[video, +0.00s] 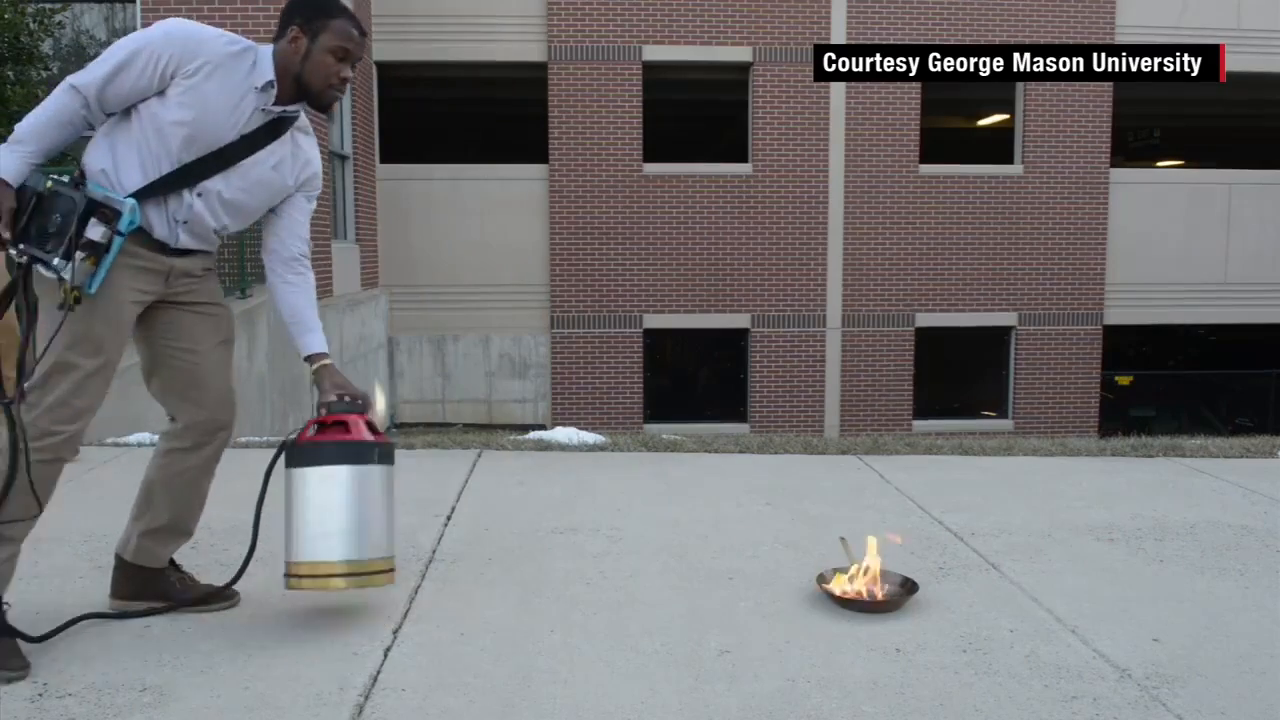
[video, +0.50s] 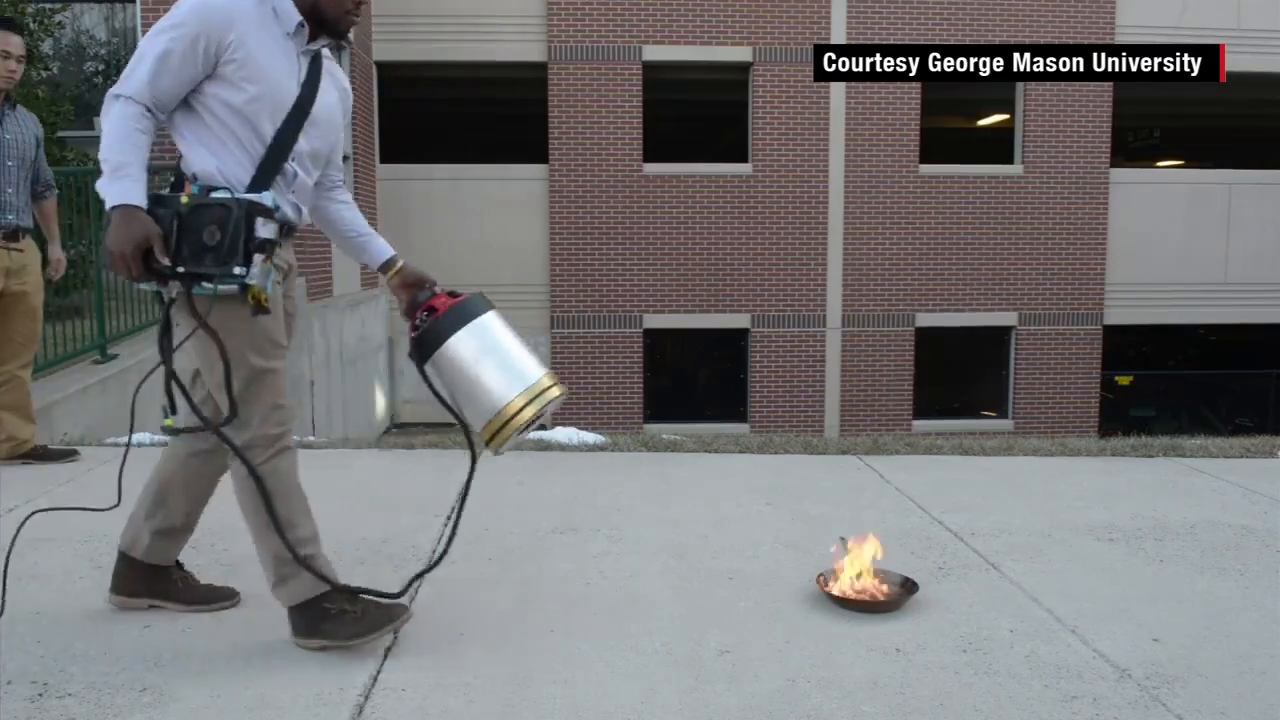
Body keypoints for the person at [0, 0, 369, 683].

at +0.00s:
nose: (349, 76)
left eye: (357, 65)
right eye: (341, 57)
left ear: (348, 68)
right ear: (293, 40)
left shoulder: (302, 163)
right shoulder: (189, 48)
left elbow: (289, 265)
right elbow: (82, 95)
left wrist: (322, 363)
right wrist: (9, 172)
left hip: (189, 271)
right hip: (104, 246)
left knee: (207, 416)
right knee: (50, 427)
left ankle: (144, 570)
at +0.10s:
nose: (352, 60)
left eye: (358, 49)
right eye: (342, 40)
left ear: (350, 55)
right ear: (293, 25)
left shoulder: (304, 149)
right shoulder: (197, 38)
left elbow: (290, 251)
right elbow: (89, 88)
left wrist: (332, 346)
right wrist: (18, 172)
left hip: (199, 267)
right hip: (115, 243)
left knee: (208, 415)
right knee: (74, 422)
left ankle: (144, 570)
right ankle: (13, 597)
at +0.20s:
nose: (350, 35)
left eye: (356, 23)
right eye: (340, 17)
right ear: (293, 6)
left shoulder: (307, 124)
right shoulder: (205, 26)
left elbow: (291, 227)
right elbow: (97, 83)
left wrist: (342, 311)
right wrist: (43, 176)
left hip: (215, 261)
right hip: (139, 241)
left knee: (207, 415)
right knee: (127, 418)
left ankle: (147, 566)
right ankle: (87, 601)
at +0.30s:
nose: (354, 23)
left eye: (359, 12)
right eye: (344, 7)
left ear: (322, 14)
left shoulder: (312, 110)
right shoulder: (207, 20)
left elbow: (295, 214)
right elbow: (104, 83)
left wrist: (348, 288)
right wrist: (63, 180)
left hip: (228, 258)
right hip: (157, 245)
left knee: (215, 419)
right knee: (166, 417)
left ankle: (155, 570)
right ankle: (154, 604)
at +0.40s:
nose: (357, 10)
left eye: (359, 3)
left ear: (333, 8)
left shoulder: (322, 92)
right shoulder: (213, 16)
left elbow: (309, 199)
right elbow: (114, 93)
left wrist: (374, 275)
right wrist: (97, 195)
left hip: (252, 255)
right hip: (187, 246)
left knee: (216, 411)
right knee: (225, 418)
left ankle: (142, 562)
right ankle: (262, 598)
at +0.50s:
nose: (362, 8)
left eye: (363, 1)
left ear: (342, 7)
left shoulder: (335, 82)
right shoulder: (222, 15)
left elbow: (326, 192)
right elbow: (130, 101)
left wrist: (390, 265)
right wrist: (126, 204)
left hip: (272, 257)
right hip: (214, 249)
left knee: (214, 419)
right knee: (262, 424)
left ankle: (145, 562)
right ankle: (312, 598)